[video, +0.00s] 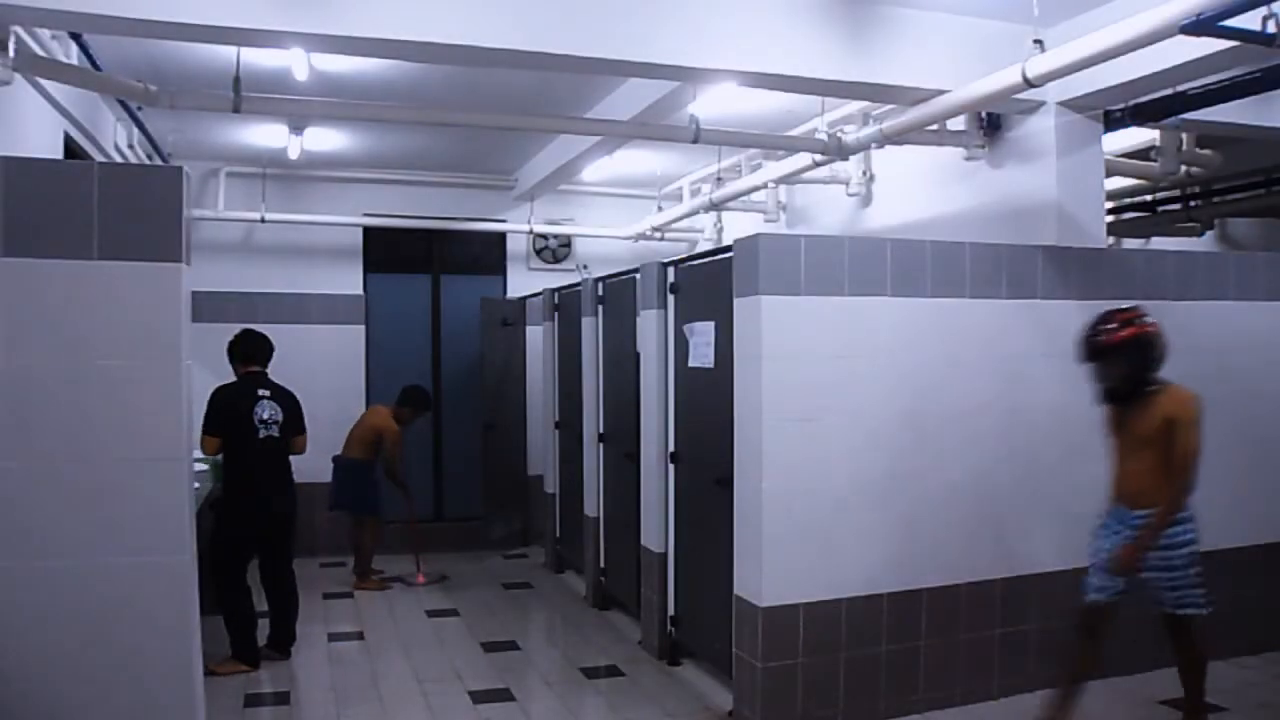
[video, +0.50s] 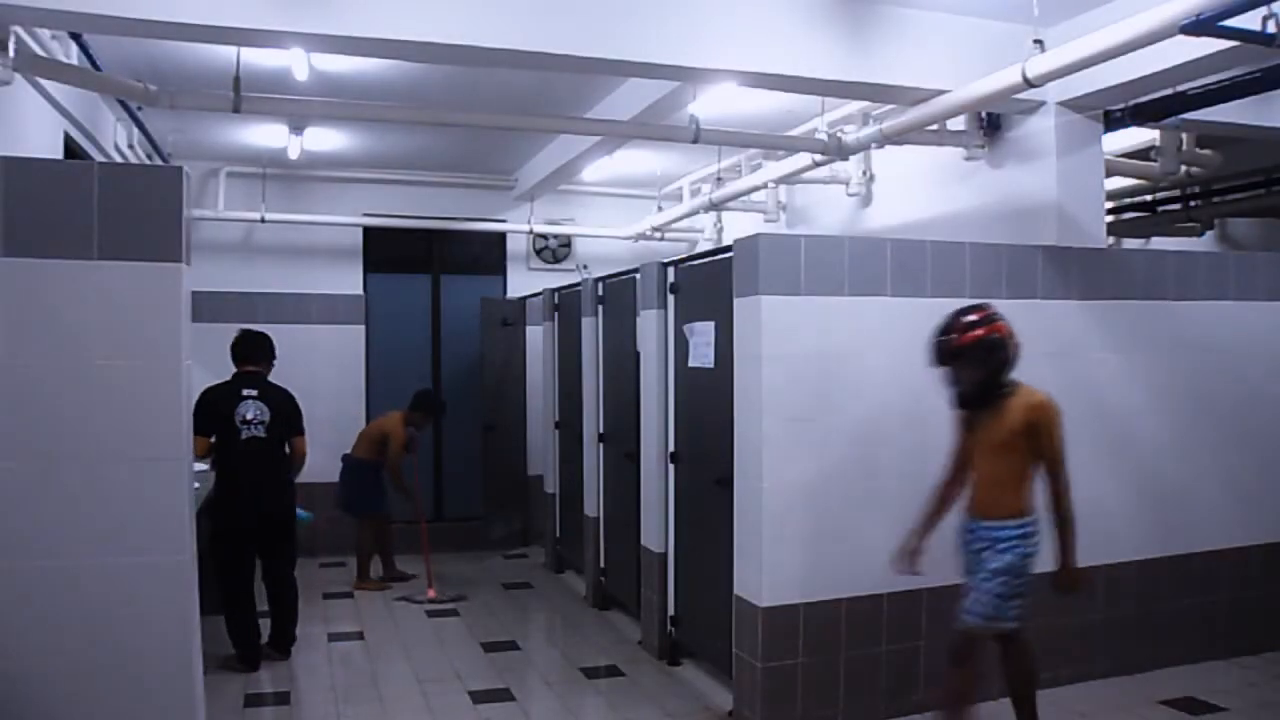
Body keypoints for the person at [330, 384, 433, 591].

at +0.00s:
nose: (413, 420)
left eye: (417, 416)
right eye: (415, 415)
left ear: (400, 404)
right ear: (407, 409)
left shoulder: (375, 411)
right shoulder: (390, 428)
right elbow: (391, 468)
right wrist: (405, 491)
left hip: (345, 465)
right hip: (359, 470)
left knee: (360, 521)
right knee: (369, 523)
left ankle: (362, 568)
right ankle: (363, 576)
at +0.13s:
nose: (415, 420)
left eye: (418, 416)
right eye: (415, 415)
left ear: (402, 405)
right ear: (407, 409)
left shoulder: (379, 412)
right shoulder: (389, 427)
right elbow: (385, 468)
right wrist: (404, 492)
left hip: (347, 465)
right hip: (358, 469)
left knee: (366, 521)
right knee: (369, 522)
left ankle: (364, 567)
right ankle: (363, 576)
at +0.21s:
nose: (416, 421)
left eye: (420, 417)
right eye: (417, 416)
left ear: (404, 405)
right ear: (409, 409)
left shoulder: (383, 413)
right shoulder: (389, 426)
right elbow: (383, 465)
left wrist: (398, 438)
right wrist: (401, 491)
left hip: (352, 465)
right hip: (356, 469)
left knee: (374, 520)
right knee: (367, 522)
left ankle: (370, 567)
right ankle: (362, 577)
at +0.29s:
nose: (419, 422)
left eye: (422, 418)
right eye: (420, 417)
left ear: (407, 406)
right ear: (411, 411)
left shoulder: (388, 416)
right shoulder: (389, 426)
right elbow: (384, 464)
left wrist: (398, 443)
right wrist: (399, 491)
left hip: (363, 466)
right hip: (355, 468)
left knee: (377, 519)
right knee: (367, 522)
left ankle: (376, 567)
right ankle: (364, 575)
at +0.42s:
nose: (422, 424)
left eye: (425, 420)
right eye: (422, 419)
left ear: (410, 408)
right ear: (414, 413)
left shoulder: (393, 418)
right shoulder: (393, 429)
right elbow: (388, 468)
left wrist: (401, 444)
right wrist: (401, 493)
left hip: (367, 467)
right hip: (358, 469)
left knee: (382, 520)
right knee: (367, 523)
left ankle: (388, 568)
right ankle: (362, 577)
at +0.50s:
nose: (425, 425)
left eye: (428, 421)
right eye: (426, 420)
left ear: (414, 410)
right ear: (418, 414)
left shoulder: (395, 420)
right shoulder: (397, 429)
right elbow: (393, 467)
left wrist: (405, 447)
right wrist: (405, 493)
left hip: (370, 468)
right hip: (360, 469)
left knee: (382, 521)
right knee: (367, 524)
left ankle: (389, 569)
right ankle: (363, 577)